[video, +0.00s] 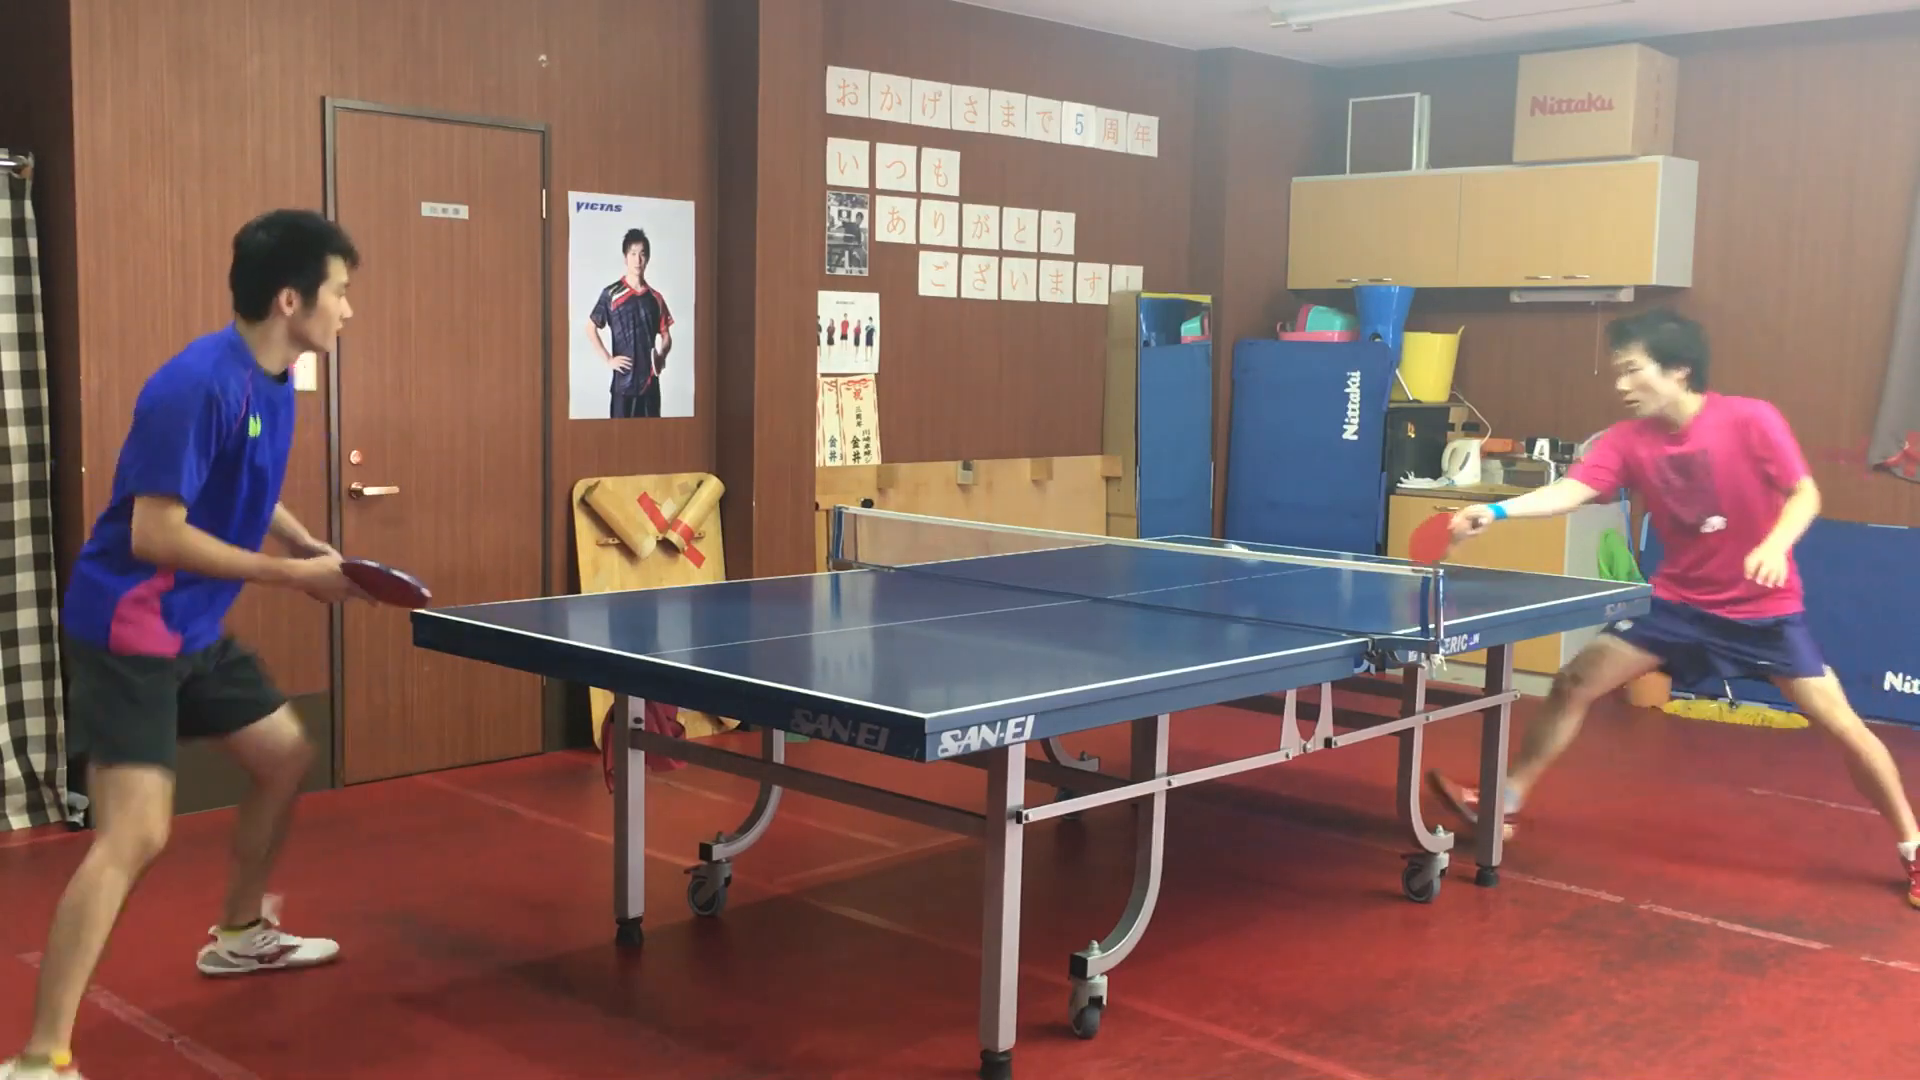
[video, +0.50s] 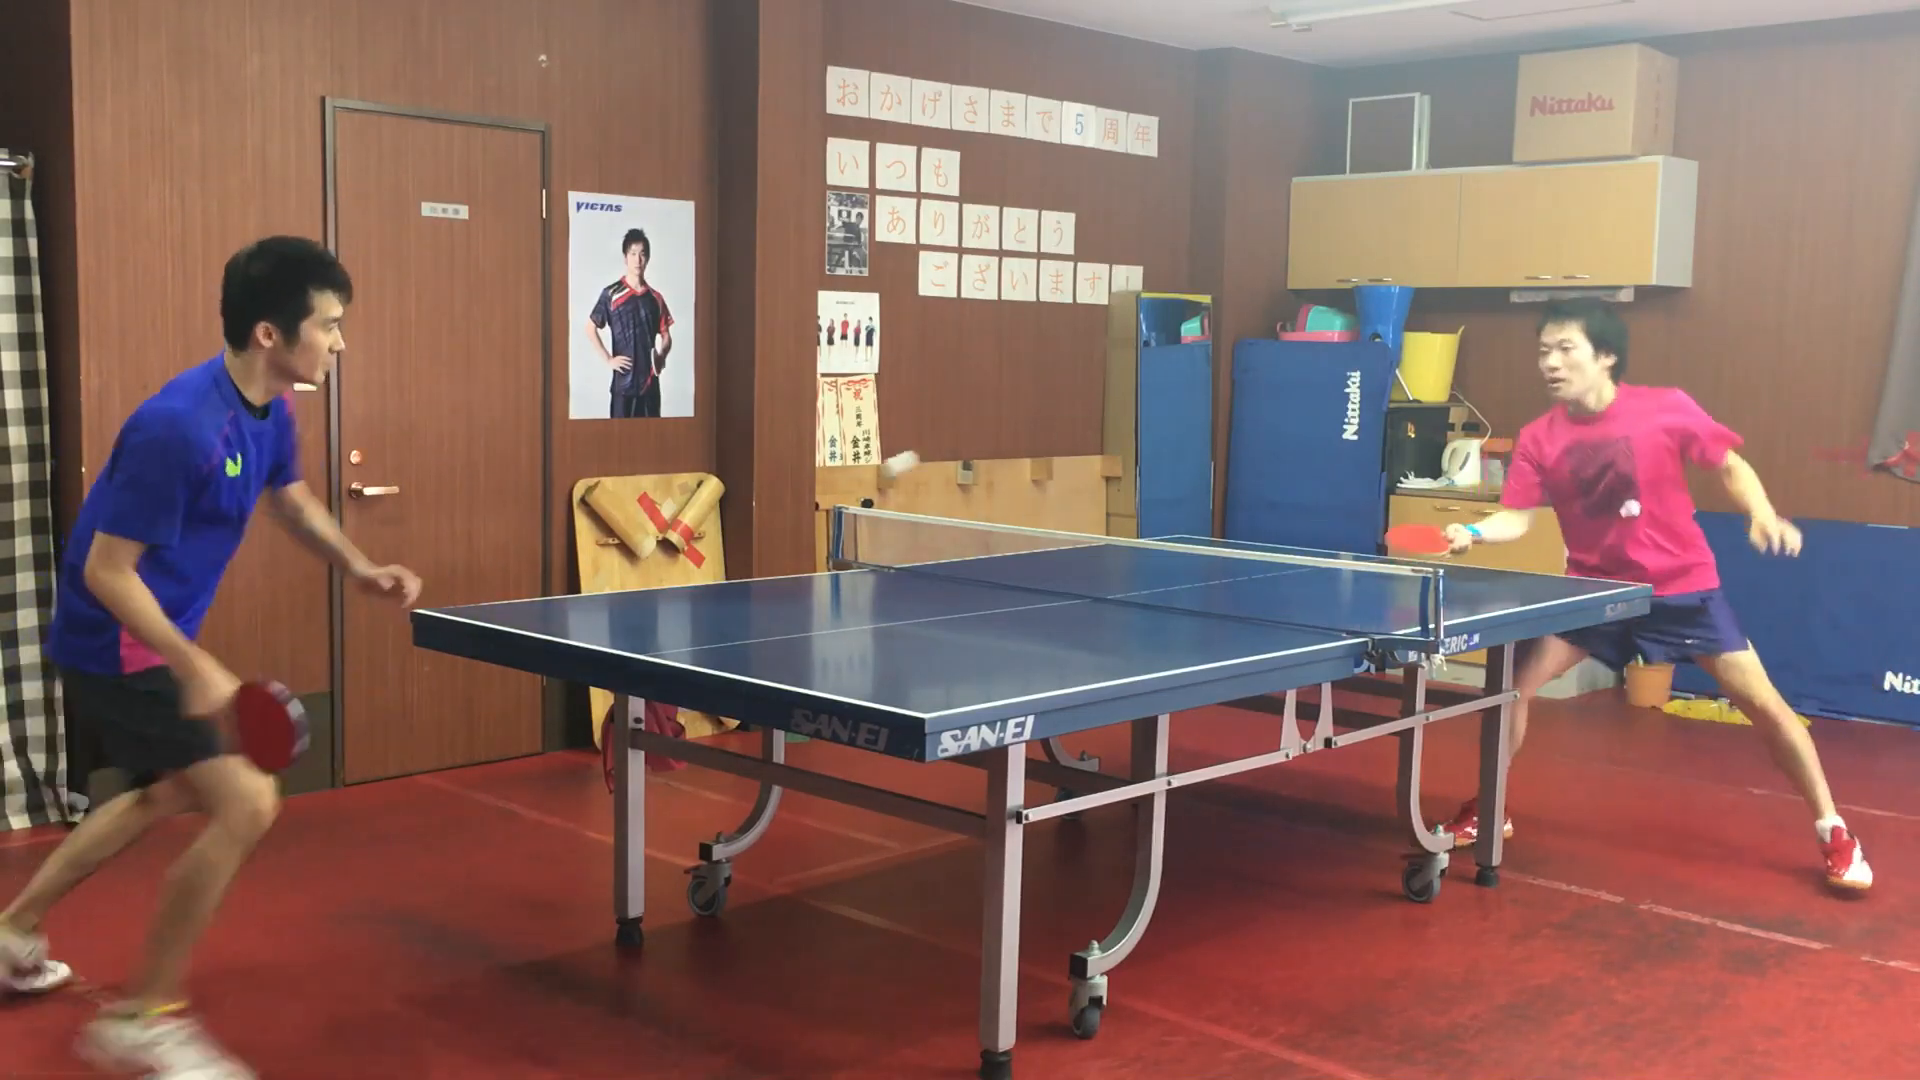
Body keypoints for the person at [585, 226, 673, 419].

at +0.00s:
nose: (639, 260)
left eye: (643, 254)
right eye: (633, 254)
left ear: (648, 258)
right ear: (625, 257)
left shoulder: (655, 297)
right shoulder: (611, 294)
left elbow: (666, 336)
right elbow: (590, 327)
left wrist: (661, 355)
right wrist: (608, 359)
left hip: (650, 380)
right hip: (624, 380)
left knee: (650, 437)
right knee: (622, 437)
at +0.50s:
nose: (639, 259)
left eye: (643, 254)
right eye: (633, 254)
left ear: (648, 258)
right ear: (625, 257)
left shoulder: (655, 297)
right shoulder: (611, 294)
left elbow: (665, 336)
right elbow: (590, 328)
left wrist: (661, 355)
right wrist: (608, 359)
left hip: (649, 379)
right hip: (624, 380)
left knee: (650, 436)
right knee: (622, 436)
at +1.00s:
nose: (639, 259)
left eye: (643, 254)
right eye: (633, 254)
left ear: (648, 258)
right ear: (625, 257)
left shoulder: (655, 298)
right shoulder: (611, 294)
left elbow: (666, 336)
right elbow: (590, 328)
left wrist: (661, 357)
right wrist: (608, 359)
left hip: (650, 380)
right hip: (624, 380)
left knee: (649, 437)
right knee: (622, 438)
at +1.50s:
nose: (639, 260)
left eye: (643, 254)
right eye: (633, 254)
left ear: (648, 258)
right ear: (625, 257)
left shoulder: (655, 297)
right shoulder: (611, 294)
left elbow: (666, 336)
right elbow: (590, 327)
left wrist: (661, 356)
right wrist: (608, 359)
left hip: (650, 380)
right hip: (624, 381)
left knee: (649, 438)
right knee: (622, 438)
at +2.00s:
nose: (638, 260)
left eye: (643, 254)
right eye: (633, 254)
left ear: (648, 258)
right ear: (625, 257)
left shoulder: (655, 297)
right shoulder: (611, 294)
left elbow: (666, 336)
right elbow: (590, 327)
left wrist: (661, 356)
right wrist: (608, 359)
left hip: (649, 378)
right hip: (624, 378)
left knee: (650, 435)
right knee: (622, 435)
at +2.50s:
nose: (638, 262)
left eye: (642, 256)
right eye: (633, 257)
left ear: (647, 260)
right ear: (625, 260)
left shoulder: (654, 297)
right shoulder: (613, 295)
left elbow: (665, 335)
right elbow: (592, 332)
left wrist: (661, 357)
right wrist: (609, 359)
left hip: (648, 373)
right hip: (622, 372)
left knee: (652, 428)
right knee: (623, 427)